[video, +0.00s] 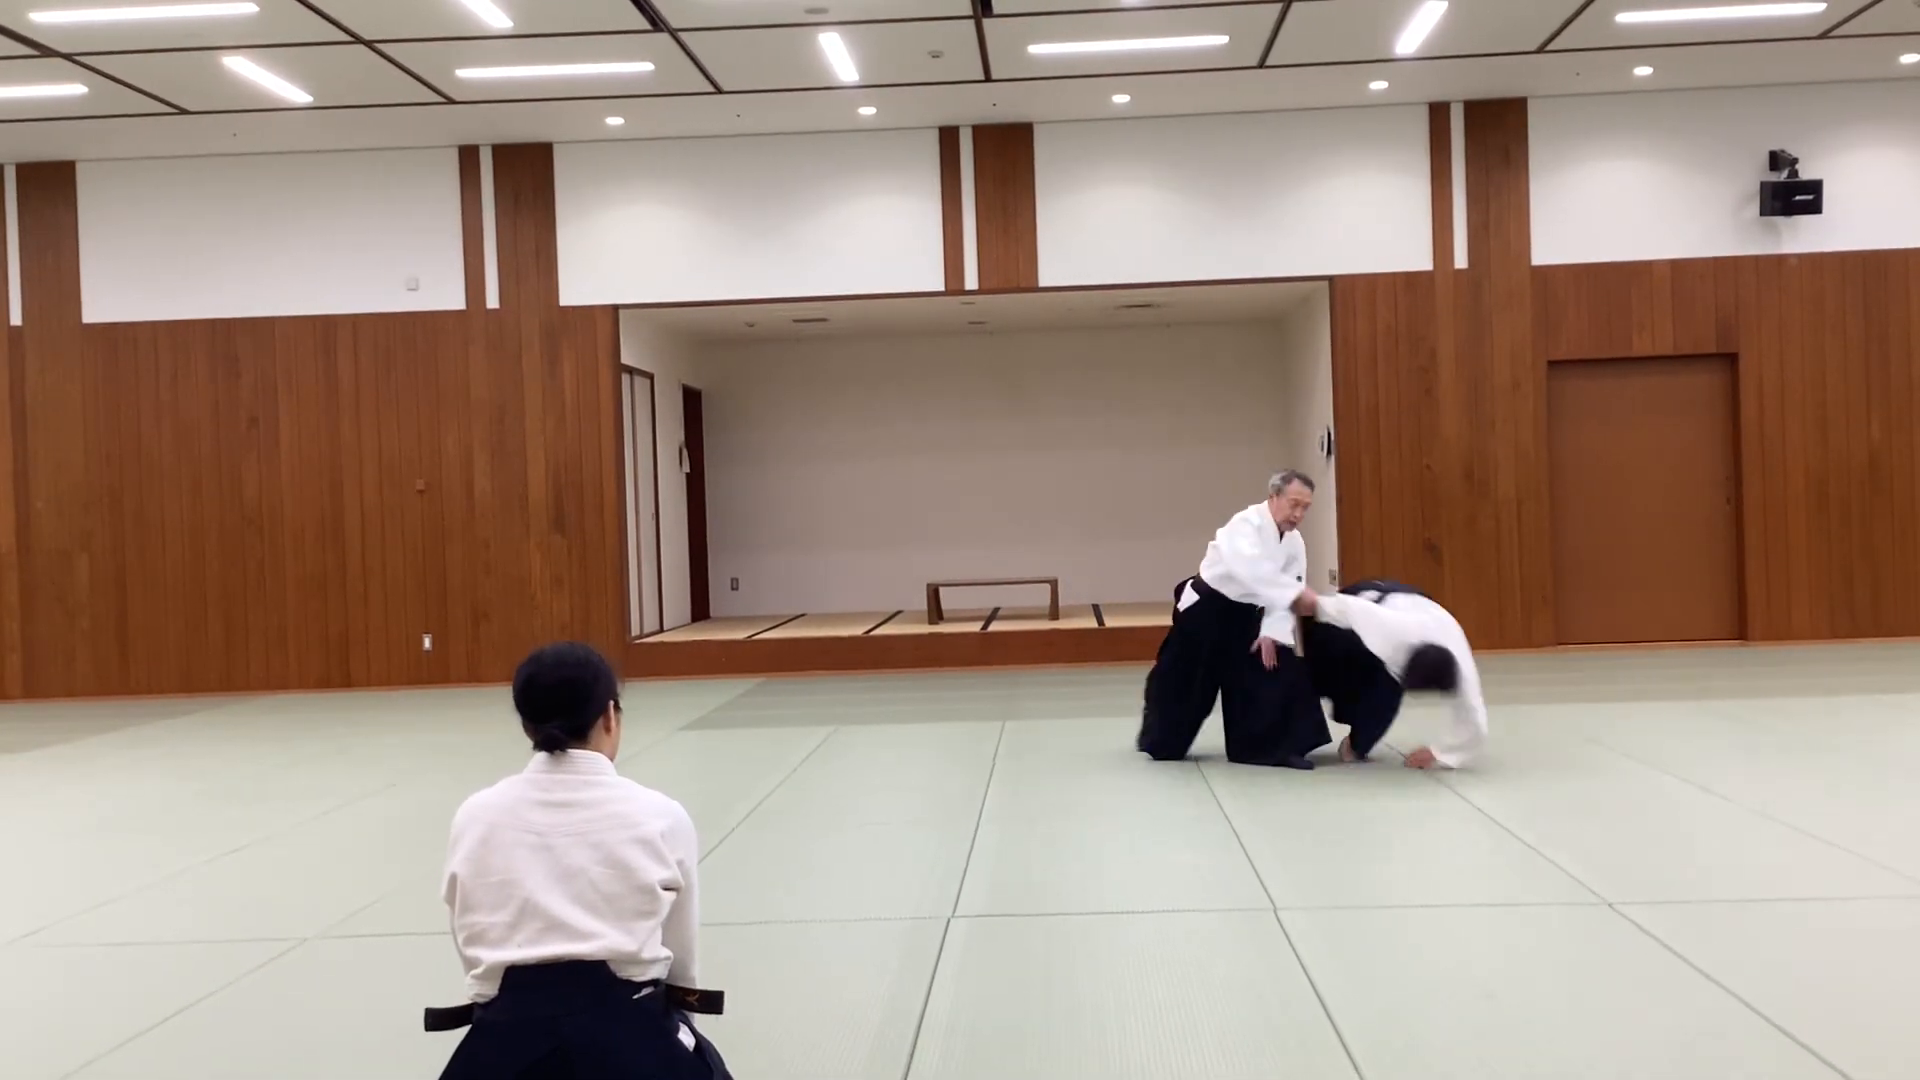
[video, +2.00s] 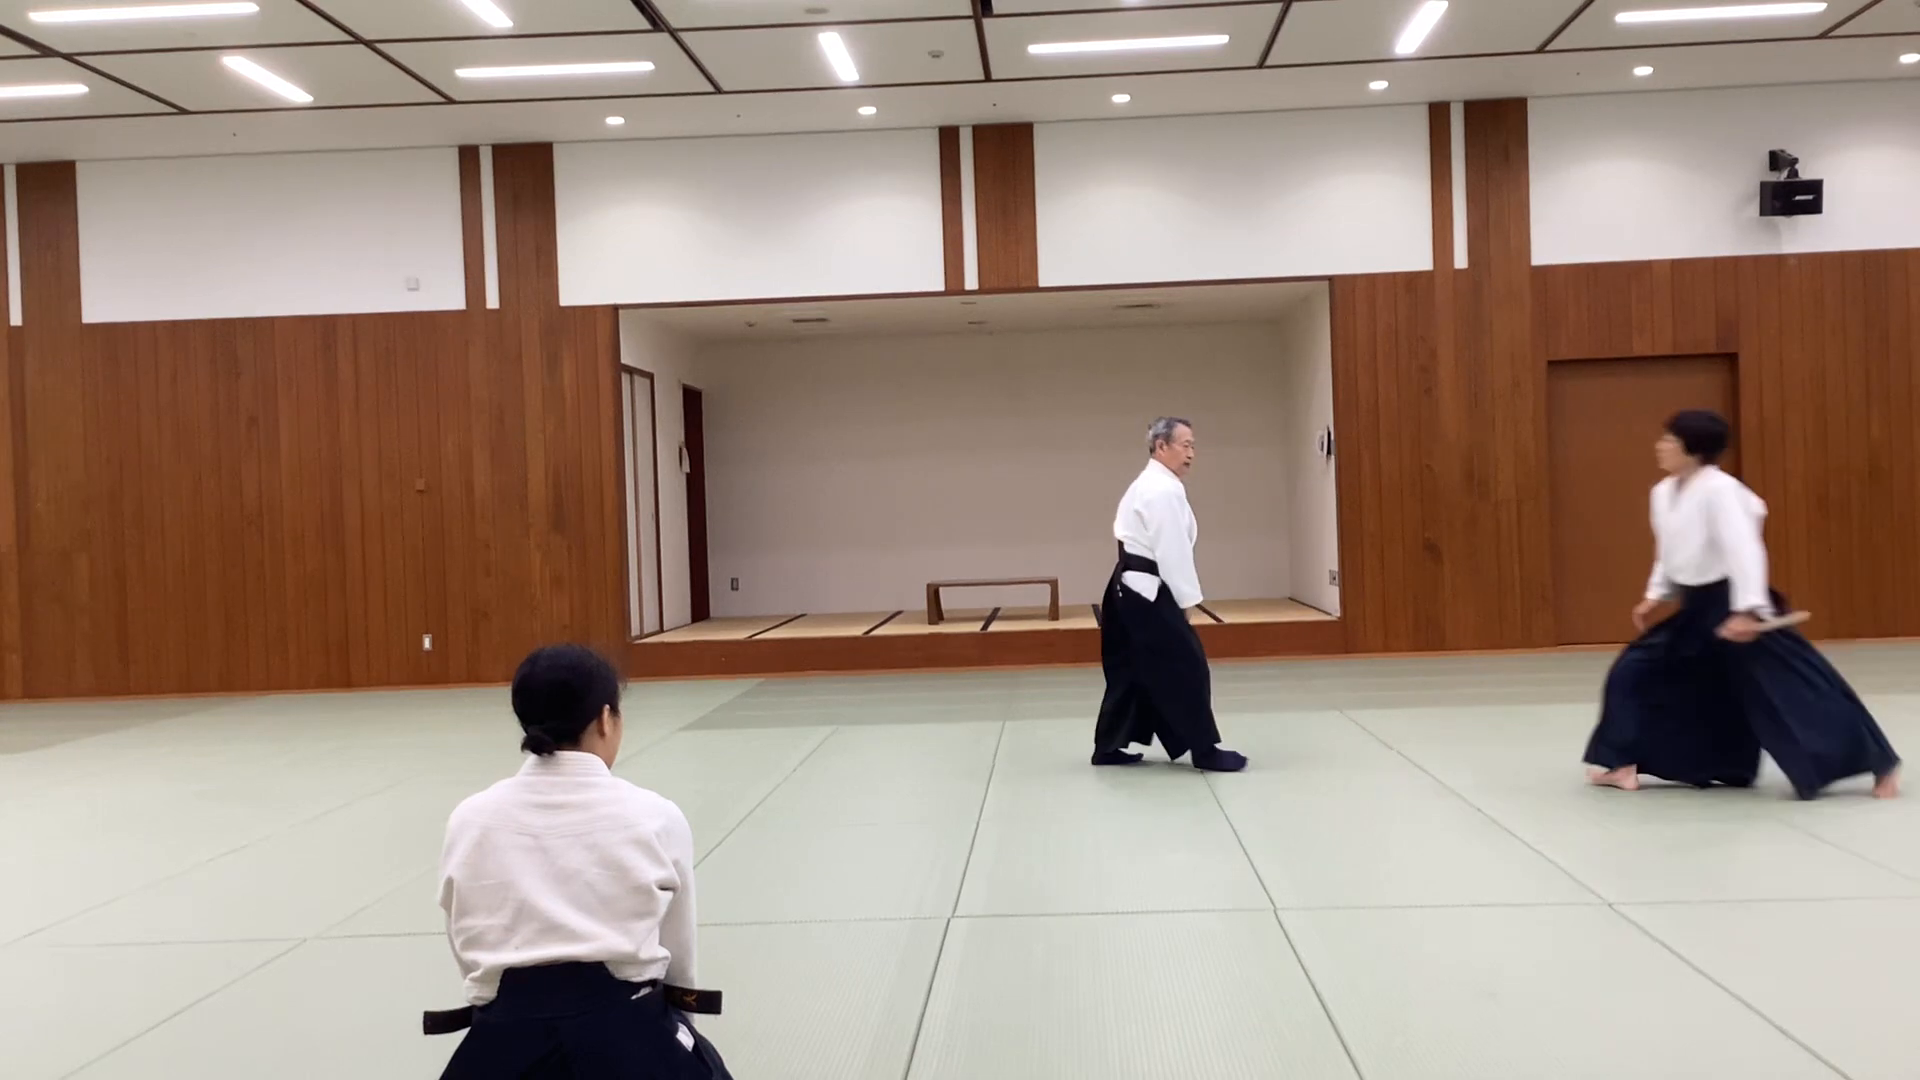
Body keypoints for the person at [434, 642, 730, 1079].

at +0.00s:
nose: (620, 721)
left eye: (618, 709)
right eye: (619, 710)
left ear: (527, 725)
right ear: (609, 717)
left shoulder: (475, 816)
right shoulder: (660, 817)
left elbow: (471, 951)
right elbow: (681, 965)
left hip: (507, 1042)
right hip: (630, 1040)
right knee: (701, 1052)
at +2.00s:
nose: (619, 726)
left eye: (619, 713)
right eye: (619, 714)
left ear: (528, 723)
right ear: (605, 721)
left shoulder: (469, 819)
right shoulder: (656, 817)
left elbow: (467, 955)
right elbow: (680, 965)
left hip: (504, 1046)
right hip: (629, 1043)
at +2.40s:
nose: (616, 727)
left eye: (617, 713)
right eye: (616, 715)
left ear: (525, 725)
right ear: (602, 722)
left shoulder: (468, 820)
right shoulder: (654, 816)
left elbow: (467, 955)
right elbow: (679, 966)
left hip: (504, 1047)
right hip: (629, 1044)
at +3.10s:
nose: (613, 726)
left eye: (613, 712)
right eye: (613, 714)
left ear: (521, 723)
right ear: (599, 721)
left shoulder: (466, 822)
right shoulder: (653, 817)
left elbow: (465, 957)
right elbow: (678, 966)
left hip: (503, 1049)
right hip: (628, 1045)